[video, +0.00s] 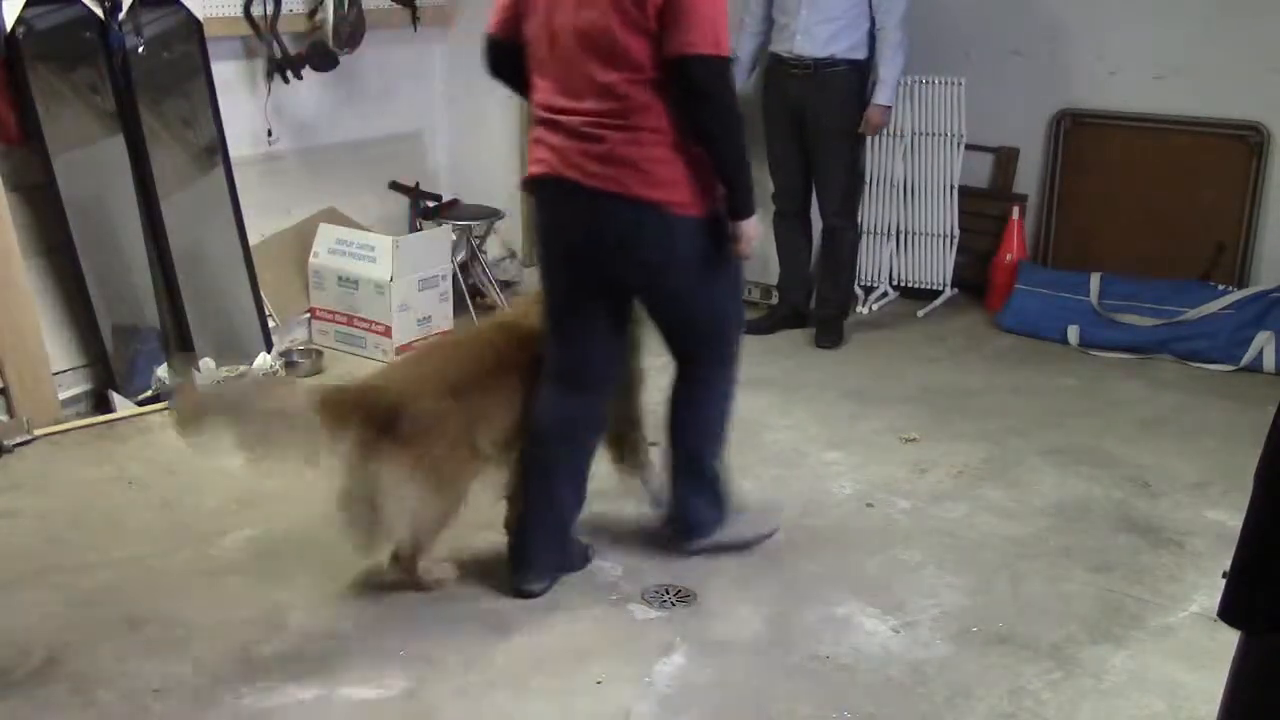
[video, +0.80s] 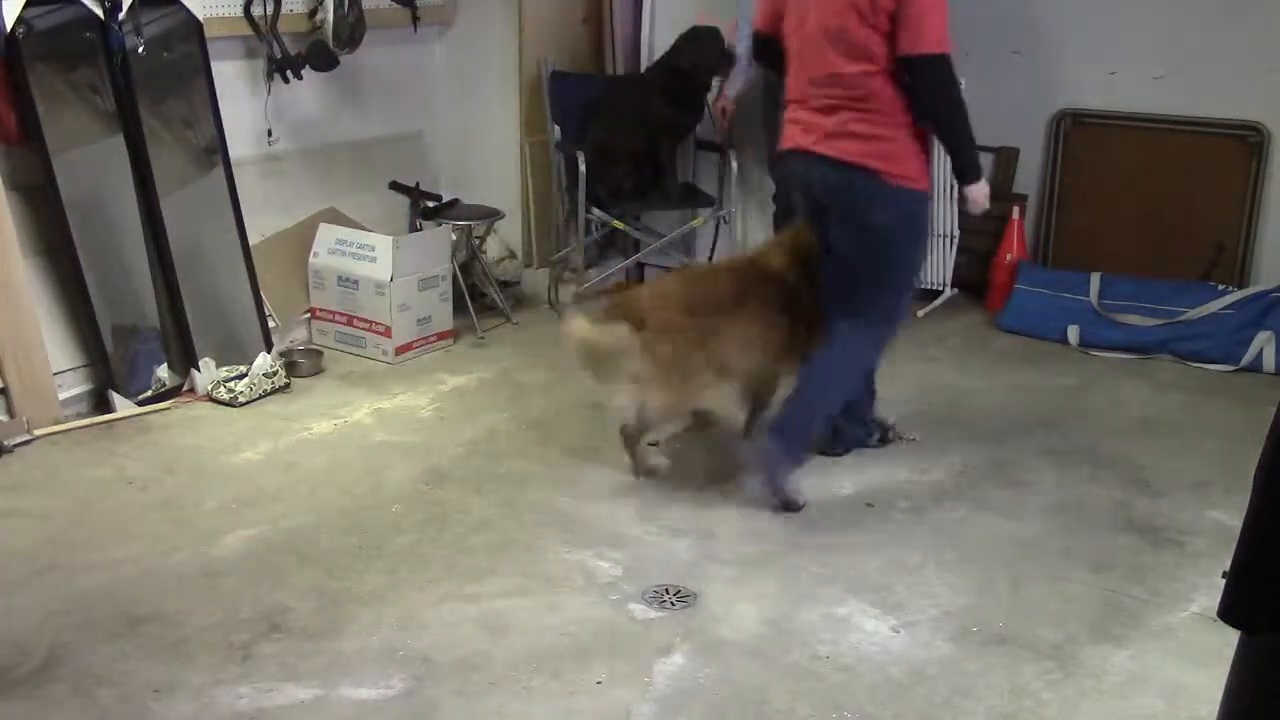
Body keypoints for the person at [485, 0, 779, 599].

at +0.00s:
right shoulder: (687, 1)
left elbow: (501, 52)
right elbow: (698, 75)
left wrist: (572, 103)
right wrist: (740, 202)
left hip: (560, 181)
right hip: (656, 189)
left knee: (577, 371)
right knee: (710, 345)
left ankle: (538, 553)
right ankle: (697, 514)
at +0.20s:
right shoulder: (759, 4)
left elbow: (580, 56)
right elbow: (766, 80)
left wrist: (642, 119)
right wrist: (814, 204)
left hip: (631, 177)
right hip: (728, 188)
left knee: (637, 358)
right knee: (748, 348)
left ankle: (557, 528)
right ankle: (740, 495)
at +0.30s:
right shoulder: (792, 3)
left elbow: (616, 45)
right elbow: (810, 76)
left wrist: (674, 104)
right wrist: (856, 194)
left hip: (668, 170)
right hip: (761, 179)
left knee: (695, 333)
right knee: (767, 346)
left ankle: (610, 470)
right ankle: (743, 496)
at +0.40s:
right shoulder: (824, 2)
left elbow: (645, 39)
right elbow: (842, 68)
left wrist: (703, 75)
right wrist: (899, 174)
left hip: (696, 156)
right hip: (786, 167)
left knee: (726, 316)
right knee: (774, 337)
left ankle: (684, 463)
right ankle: (746, 494)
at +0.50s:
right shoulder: (851, 1)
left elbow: (677, 50)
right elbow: (876, 67)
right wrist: (926, 163)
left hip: (719, 152)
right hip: (805, 161)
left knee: (776, 306)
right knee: (783, 330)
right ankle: (746, 498)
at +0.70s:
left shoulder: (765, 2)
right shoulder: (895, 2)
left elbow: (735, 49)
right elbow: (914, 77)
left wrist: (795, 84)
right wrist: (966, 174)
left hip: (778, 154)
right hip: (857, 165)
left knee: (837, 304)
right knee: (809, 327)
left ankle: (845, 424)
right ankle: (750, 489)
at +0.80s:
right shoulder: (913, 3)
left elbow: (764, 46)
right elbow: (925, 69)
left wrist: (824, 81)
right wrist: (970, 172)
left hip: (802, 152)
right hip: (880, 163)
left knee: (840, 302)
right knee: (873, 315)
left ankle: (852, 424)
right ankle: (778, 450)